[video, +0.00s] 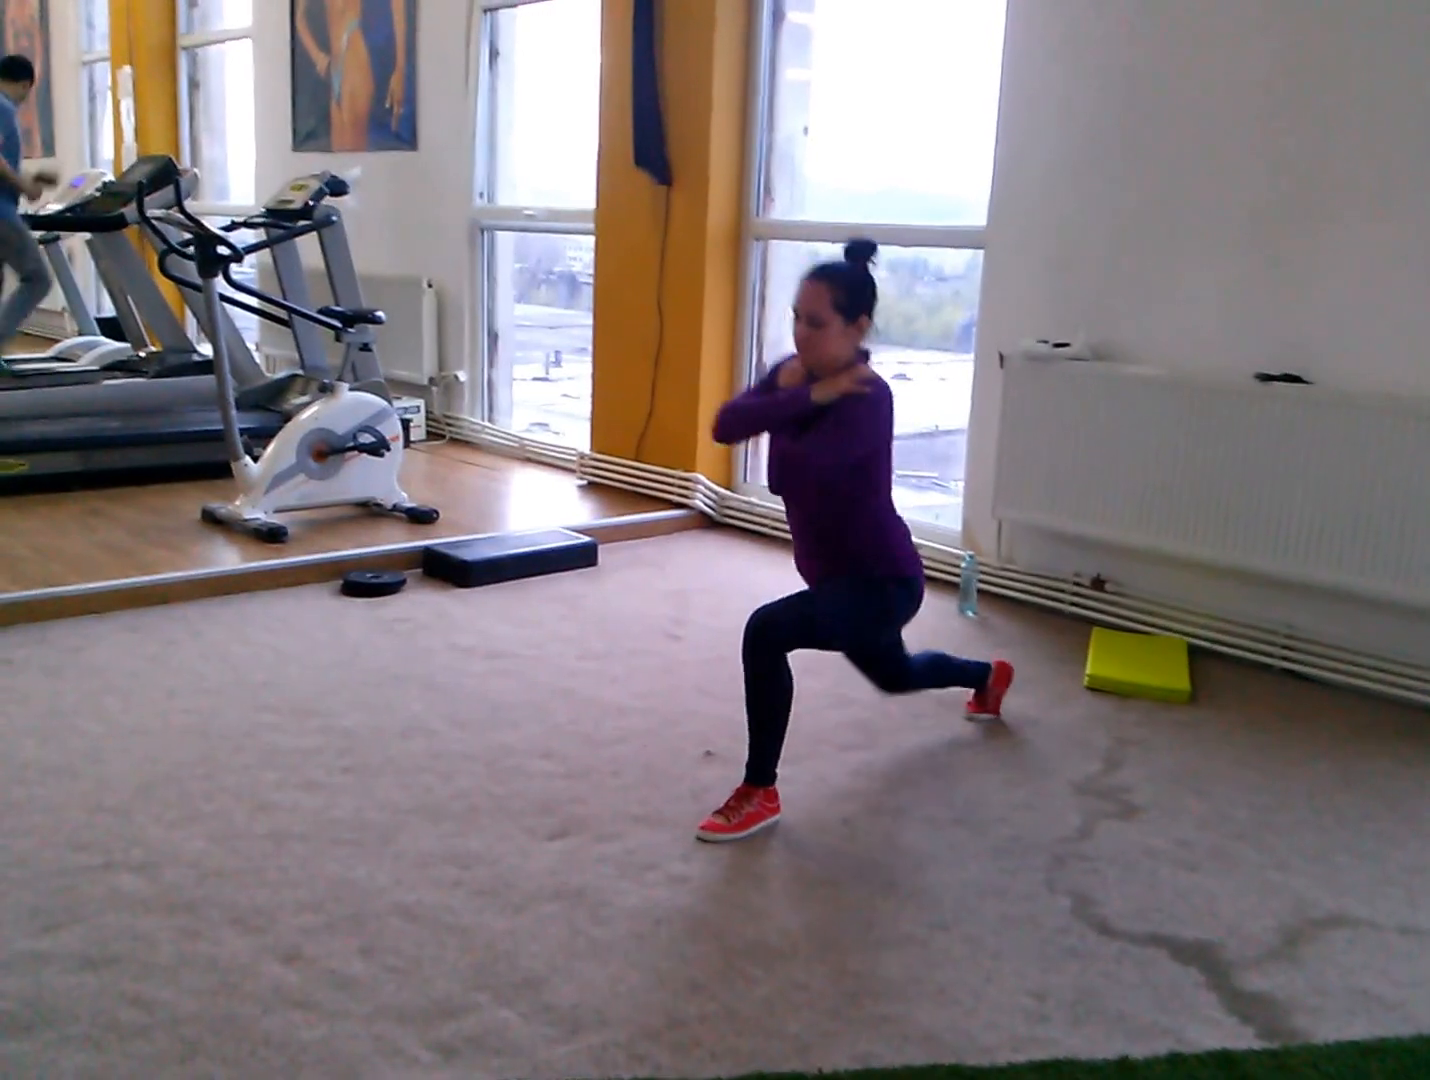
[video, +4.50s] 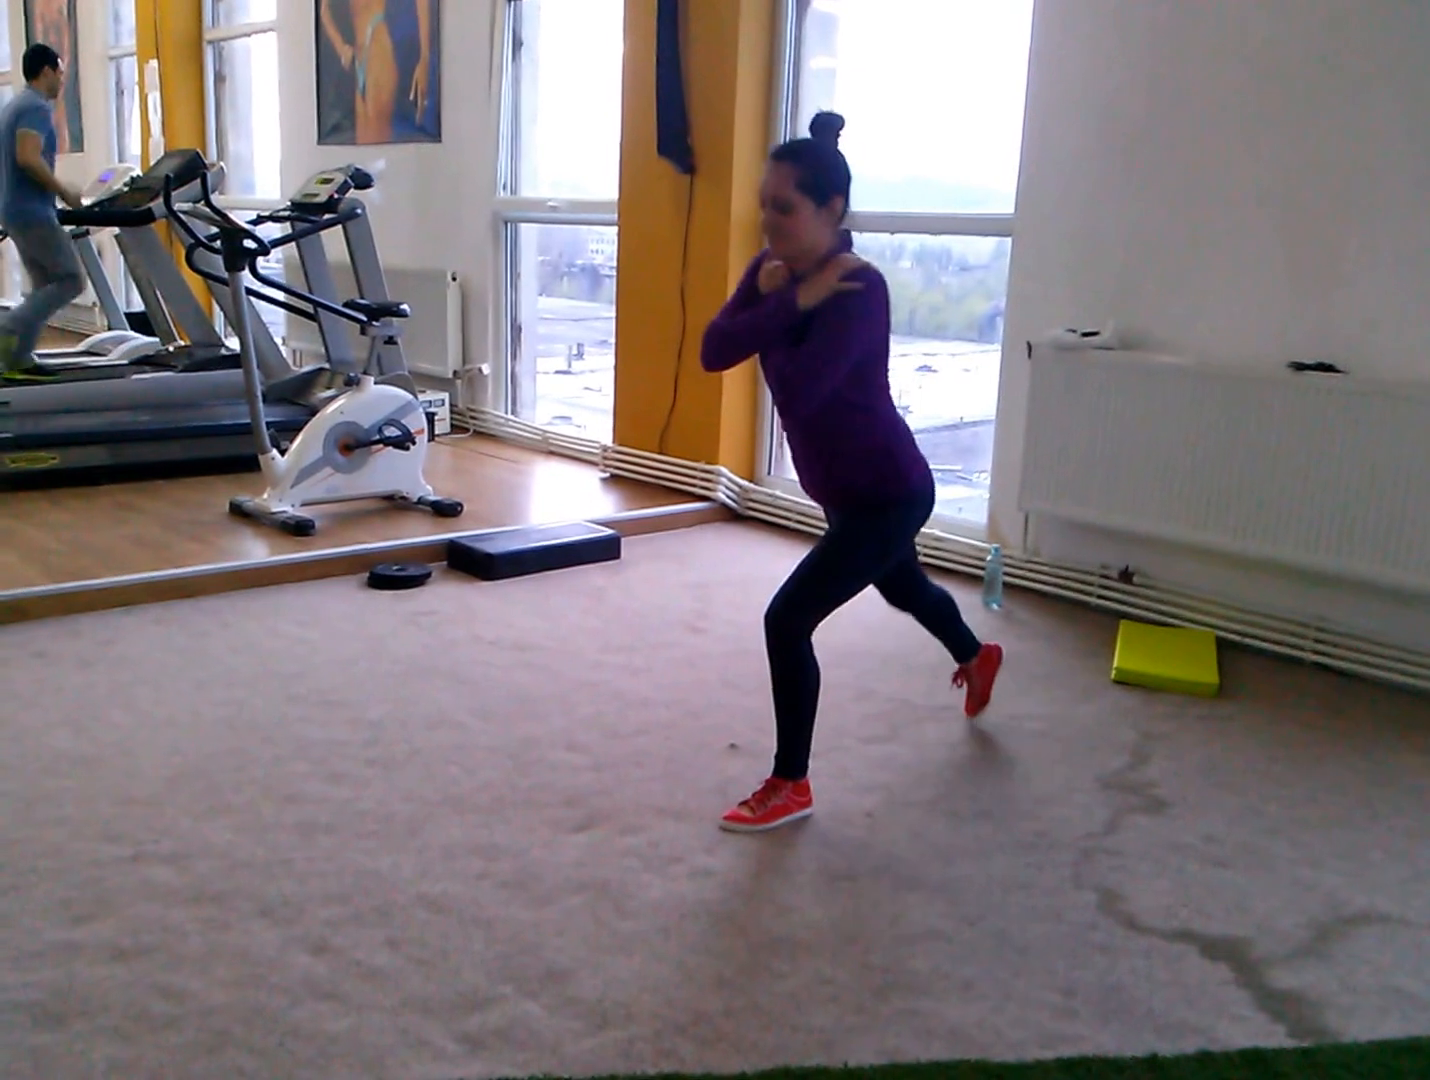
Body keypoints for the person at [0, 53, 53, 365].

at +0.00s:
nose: (28, 93)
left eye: (29, 87)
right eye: (28, 87)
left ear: (6, 80)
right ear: (20, 83)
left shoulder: (7, 113)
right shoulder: (4, 112)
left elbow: (5, 164)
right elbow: (2, 161)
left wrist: (31, 180)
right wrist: (24, 185)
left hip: (6, 211)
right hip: (4, 213)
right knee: (38, 279)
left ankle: (3, 343)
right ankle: (1, 339)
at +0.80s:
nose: (36, 84)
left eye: (36, 78)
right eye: (36, 77)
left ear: (10, 72)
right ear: (27, 72)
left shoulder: (11, 106)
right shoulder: (7, 104)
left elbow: (12, 159)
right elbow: (2, 149)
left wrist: (43, 157)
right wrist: (23, 174)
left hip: (11, 209)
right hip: (8, 210)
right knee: (45, 269)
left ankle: (28, 351)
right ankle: (29, 352)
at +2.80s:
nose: (45, 76)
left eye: (45, 69)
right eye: (43, 69)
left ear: (15, 66)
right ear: (30, 66)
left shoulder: (8, 95)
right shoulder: (19, 99)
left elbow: (24, 150)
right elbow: (27, 151)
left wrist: (48, 153)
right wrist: (54, 156)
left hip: (12, 212)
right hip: (9, 213)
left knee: (42, 275)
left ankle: (61, 356)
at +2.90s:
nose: (43, 81)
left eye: (42, 74)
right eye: (40, 73)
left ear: (17, 75)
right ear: (27, 74)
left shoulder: (11, 105)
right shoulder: (16, 108)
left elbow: (17, 159)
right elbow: (19, 158)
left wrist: (40, 180)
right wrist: (50, 180)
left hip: (13, 216)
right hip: (13, 217)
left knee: (31, 281)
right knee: (34, 280)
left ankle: (30, 358)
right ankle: (29, 358)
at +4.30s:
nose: (60, 70)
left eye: (59, 63)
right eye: (58, 62)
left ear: (29, 62)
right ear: (46, 61)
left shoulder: (12, 93)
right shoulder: (35, 96)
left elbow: (19, 150)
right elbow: (40, 148)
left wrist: (61, 152)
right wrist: (70, 154)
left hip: (23, 206)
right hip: (22, 207)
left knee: (63, 270)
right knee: (10, 279)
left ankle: (80, 351)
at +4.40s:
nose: (59, 75)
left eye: (59, 68)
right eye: (57, 68)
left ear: (29, 69)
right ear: (45, 68)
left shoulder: (14, 99)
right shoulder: (38, 102)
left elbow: (25, 152)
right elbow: (38, 151)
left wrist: (59, 161)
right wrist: (67, 165)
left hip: (20, 205)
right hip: (29, 207)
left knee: (63, 278)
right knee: (46, 279)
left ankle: (57, 356)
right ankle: (2, 309)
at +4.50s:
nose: (61, 79)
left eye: (61, 72)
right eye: (59, 72)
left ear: (33, 73)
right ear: (46, 72)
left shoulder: (19, 104)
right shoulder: (35, 107)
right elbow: (27, 157)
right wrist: (66, 192)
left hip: (18, 211)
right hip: (30, 212)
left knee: (44, 286)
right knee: (70, 281)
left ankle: (20, 357)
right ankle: (10, 326)